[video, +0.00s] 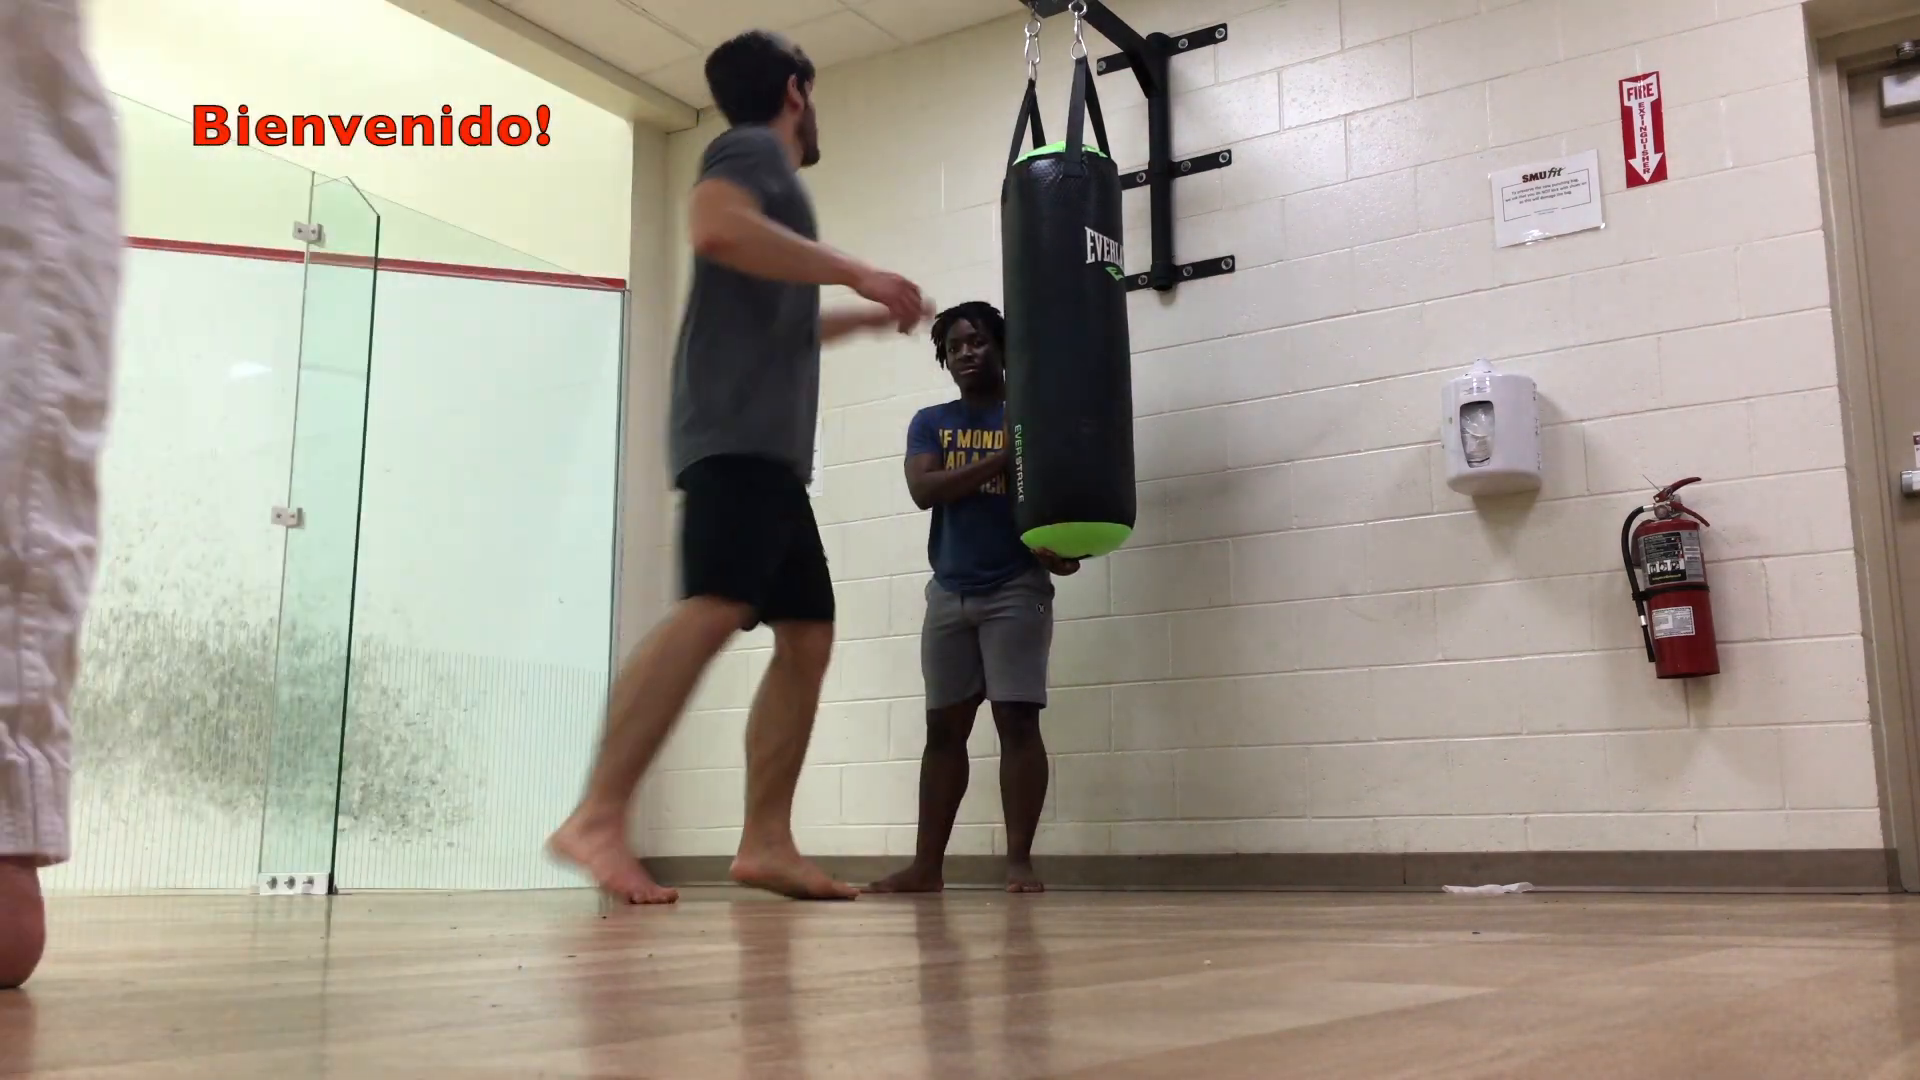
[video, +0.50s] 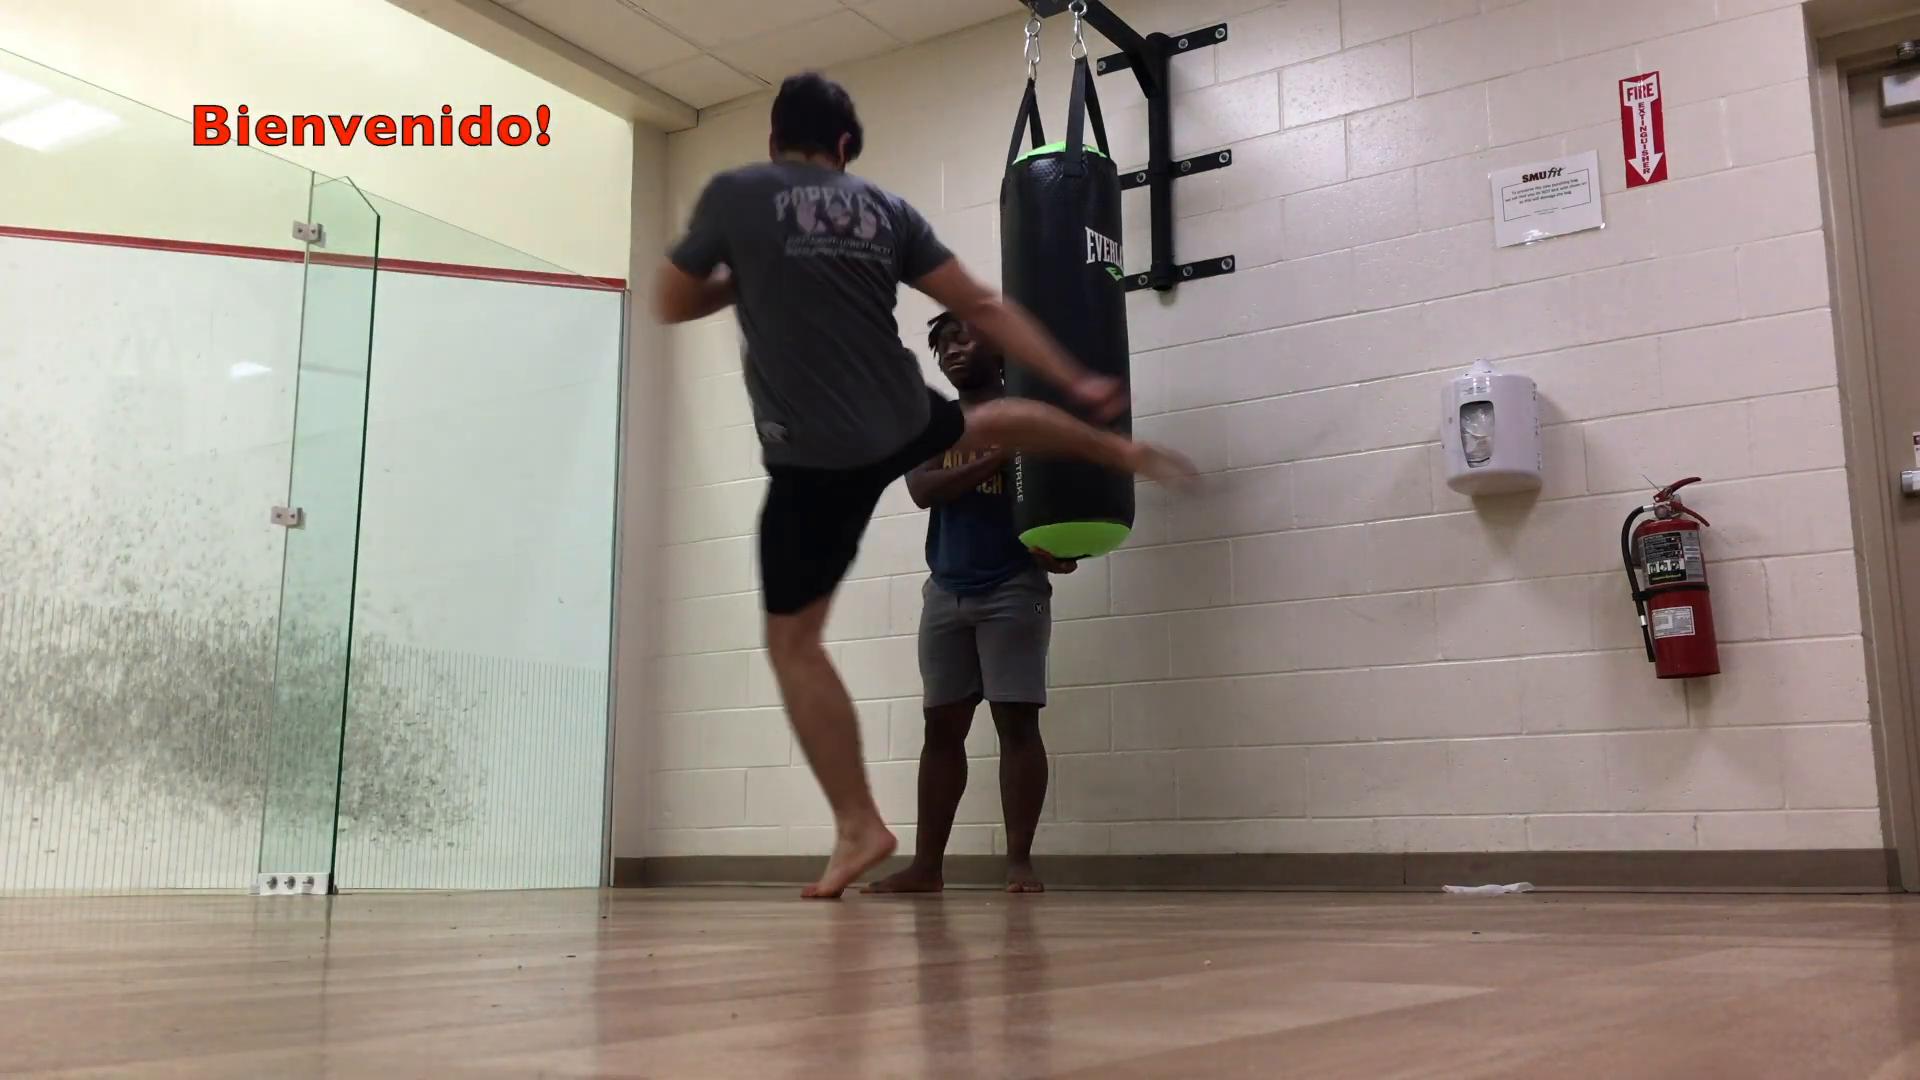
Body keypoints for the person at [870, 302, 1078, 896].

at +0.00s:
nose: (966, 352)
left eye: (976, 341)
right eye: (955, 346)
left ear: (1002, 349)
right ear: (945, 361)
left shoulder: (1028, 414)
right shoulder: (930, 421)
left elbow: (1058, 479)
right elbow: (922, 488)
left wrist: (1065, 548)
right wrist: (1002, 460)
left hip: (1017, 589)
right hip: (950, 593)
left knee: (1016, 723)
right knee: (944, 729)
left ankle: (1019, 861)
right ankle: (927, 865)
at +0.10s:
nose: (967, 354)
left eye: (976, 342)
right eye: (957, 346)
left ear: (1002, 349)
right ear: (947, 357)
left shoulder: (1028, 413)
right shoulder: (930, 421)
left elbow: (1059, 477)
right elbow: (923, 490)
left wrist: (1066, 549)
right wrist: (1003, 459)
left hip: (1017, 589)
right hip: (950, 593)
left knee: (1016, 724)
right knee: (944, 729)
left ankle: (1019, 862)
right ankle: (927, 866)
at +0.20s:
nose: (963, 351)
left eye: (973, 340)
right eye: (955, 342)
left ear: (999, 350)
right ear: (946, 355)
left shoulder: (1026, 416)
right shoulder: (930, 422)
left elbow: (1058, 480)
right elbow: (923, 490)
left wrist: (1067, 550)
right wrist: (1003, 460)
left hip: (1017, 589)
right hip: (950, 593)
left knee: (1016, 723)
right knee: (943, 729)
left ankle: (1019, 862)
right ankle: (927, 865)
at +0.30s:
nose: (963, 354)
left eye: (975, 344)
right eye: (953, 348)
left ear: (1001, 353)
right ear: (944, 361)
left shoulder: (1026, 415)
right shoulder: (929, 422)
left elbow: (1059, 478)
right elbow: (921, 490)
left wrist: (1066, 549)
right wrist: (1000, 459)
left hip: (1017, 588)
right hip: (950, 592)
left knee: (1015, 723)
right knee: (943, 729)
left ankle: (1019, 861)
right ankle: (926, 866)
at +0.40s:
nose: (964, 350)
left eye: (975, 340)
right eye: (956, 341)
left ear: (1000, 349)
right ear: (946, 354)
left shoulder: (1028, 416)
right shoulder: (933, 422)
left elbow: (1061, 478)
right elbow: (920, 495)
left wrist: (1065, 549)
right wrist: (998, 460)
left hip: (1019, 578)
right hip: (951, 581)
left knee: (1017, 724)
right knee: (944, 728)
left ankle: (1018, 862)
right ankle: (927, 865)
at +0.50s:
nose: (957, 348)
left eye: (966, 335)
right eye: (946, 340)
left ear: (995, 344)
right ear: (938, 357)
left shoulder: (1026, 418)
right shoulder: (933, 423)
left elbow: (1056, 489)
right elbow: (921, 490)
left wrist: (1061, 548)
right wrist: (991, 460)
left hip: (1014, 588)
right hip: (946, 593)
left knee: (1016, 726)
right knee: (942, 728)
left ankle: (1018, 861)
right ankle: (927, 865)